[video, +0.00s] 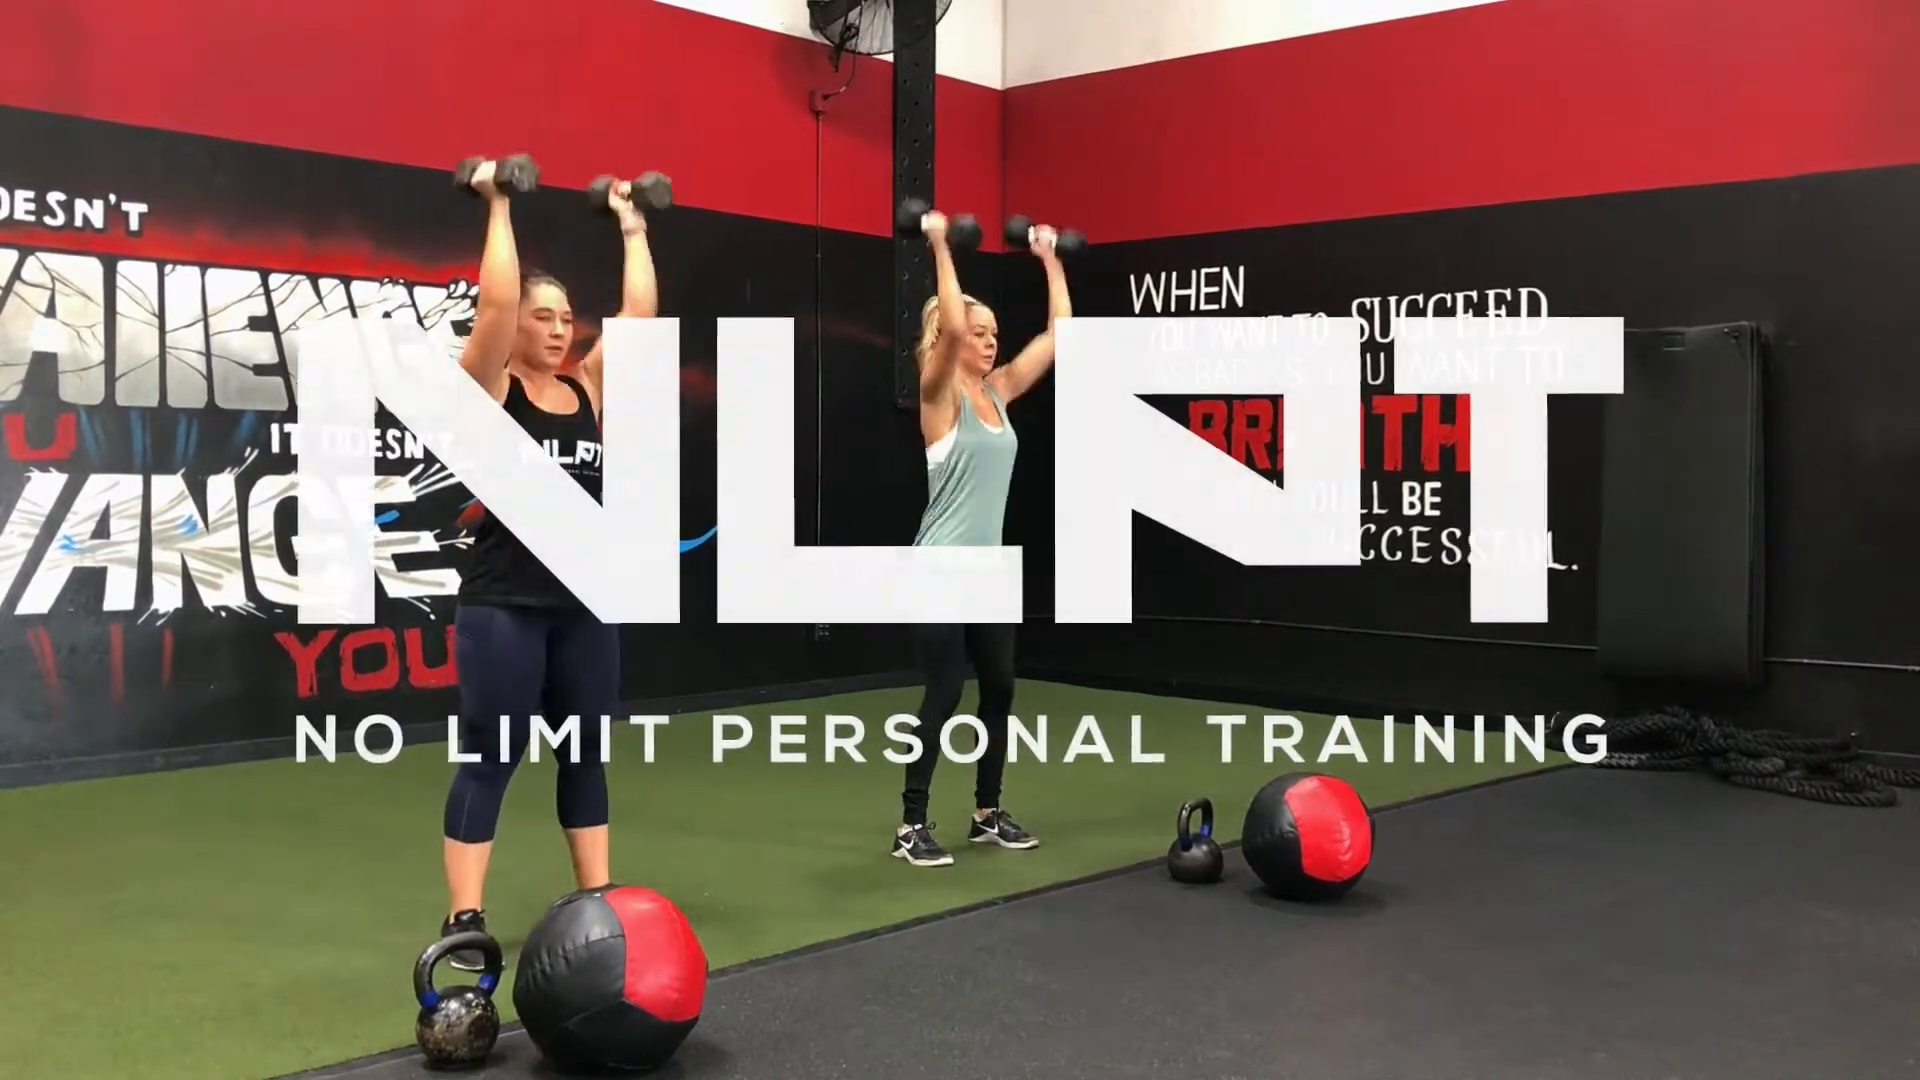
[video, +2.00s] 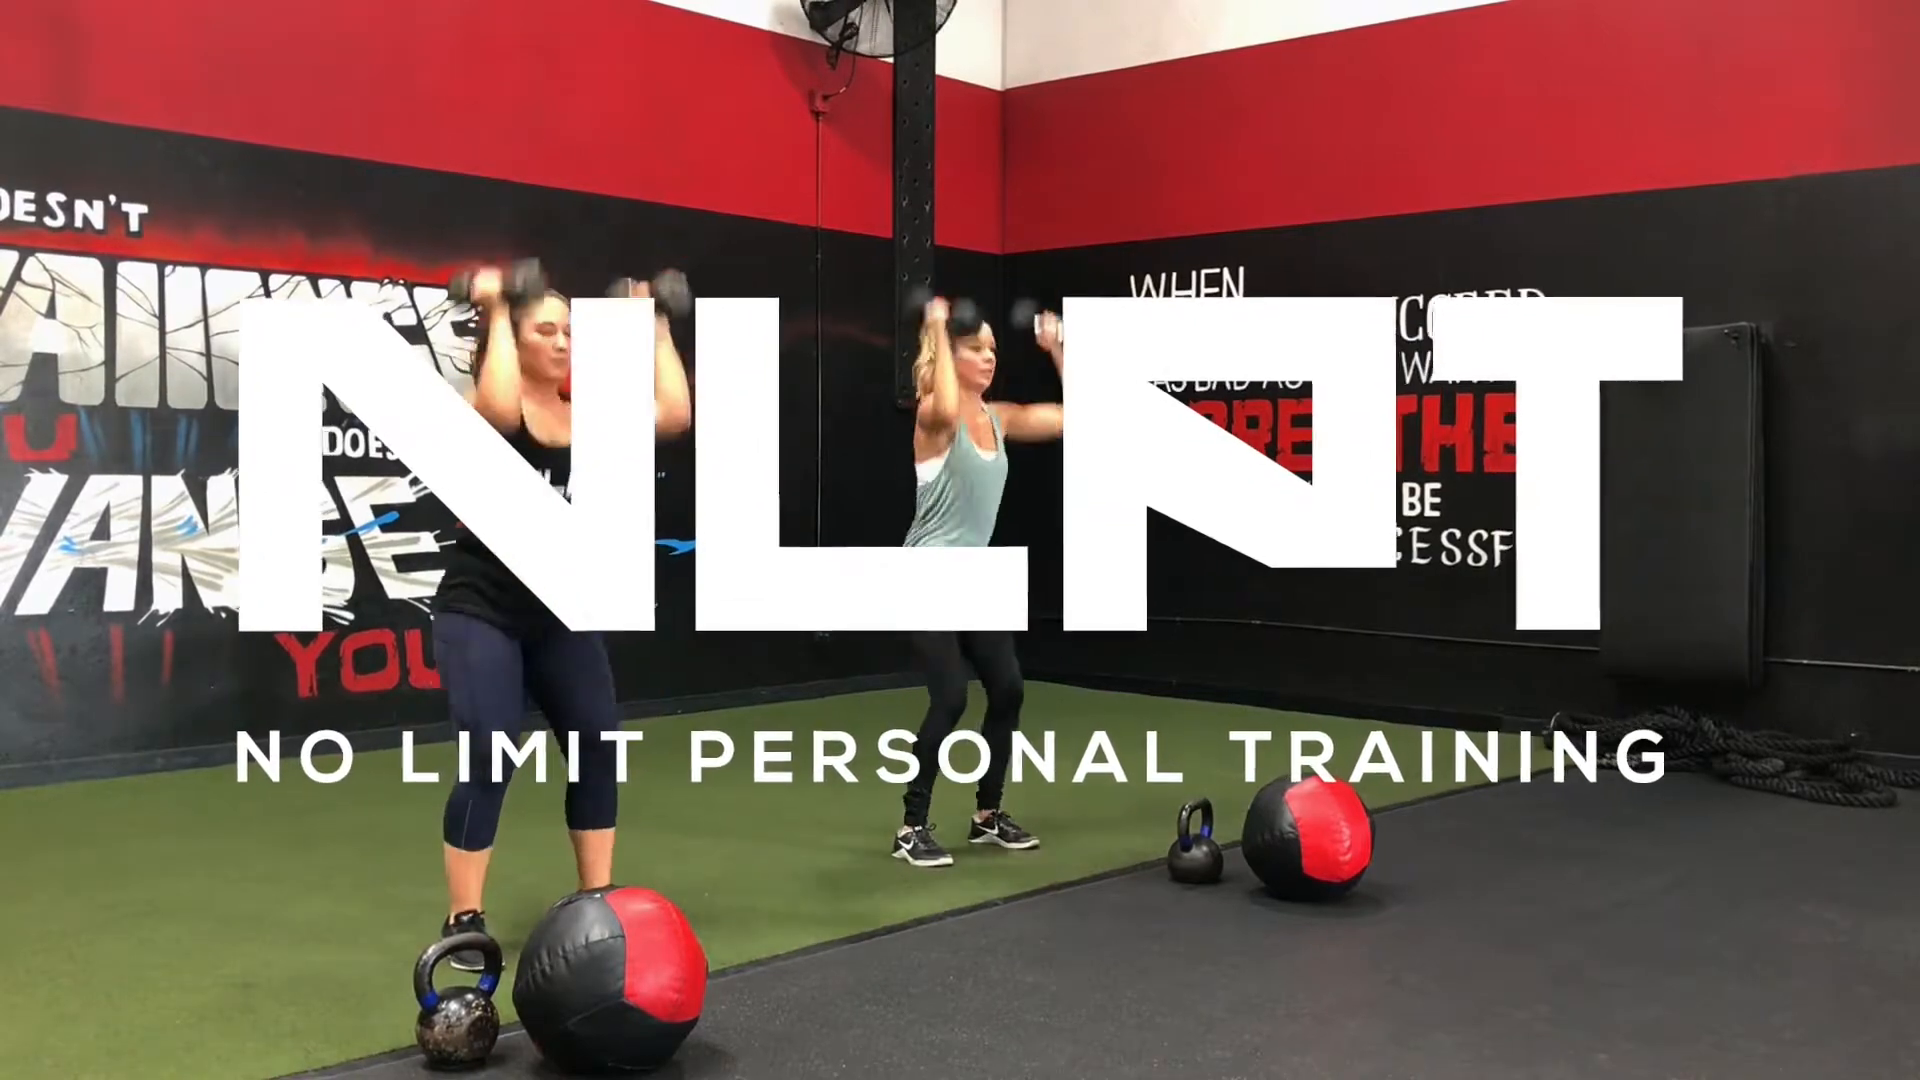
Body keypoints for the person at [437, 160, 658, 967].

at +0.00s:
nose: (556, 327)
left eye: (564, 316)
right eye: (541, 314)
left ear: (577, 326)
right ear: (510, 319)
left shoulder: (593, 386)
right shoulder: (486, 387)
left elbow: (639, 312)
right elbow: (499, 306)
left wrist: (631, 223)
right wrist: (498, 202)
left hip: (587, 603)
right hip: (503, 605)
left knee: (586, 754)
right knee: (489, 756)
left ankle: (597, 909)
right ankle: (466, 923)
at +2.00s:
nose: (561, 342)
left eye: (569, 330)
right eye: (546, 331)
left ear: (580, 337)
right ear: (513, 340)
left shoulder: (597, 407)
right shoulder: (494, 403)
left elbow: (674, 414)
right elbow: (500, 405)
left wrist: (652, 321)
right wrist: (495, 315)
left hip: (567, 611)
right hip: (481, 608)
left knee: (598, 742)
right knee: (488, 751)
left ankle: (598, 908)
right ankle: (466, 923)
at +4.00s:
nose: (572, 409)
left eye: (577, 398)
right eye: (556, 397)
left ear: (584, 408)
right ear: (519, 404)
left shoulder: (589, 479)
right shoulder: (488, 472)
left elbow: (660, 544)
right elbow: (500, 549)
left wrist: (655, 463)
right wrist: (499, 459)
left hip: (543, 647)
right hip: (463, 645)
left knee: (623, 748)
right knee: (485, 764)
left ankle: (595, 908)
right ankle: (464, 924)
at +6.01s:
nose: (567, 344)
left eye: (574, 331)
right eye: (552, 332)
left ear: (582, 334)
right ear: (516, 336)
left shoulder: (595, 411)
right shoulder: (484, 414)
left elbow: (618, 518)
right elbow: (480, 519)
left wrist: (635, 454)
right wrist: (486, 432)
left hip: (592, 607)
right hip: (512, 610)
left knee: (595, 755)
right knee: (504, 761)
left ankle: (597, 910)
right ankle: (465, 922)